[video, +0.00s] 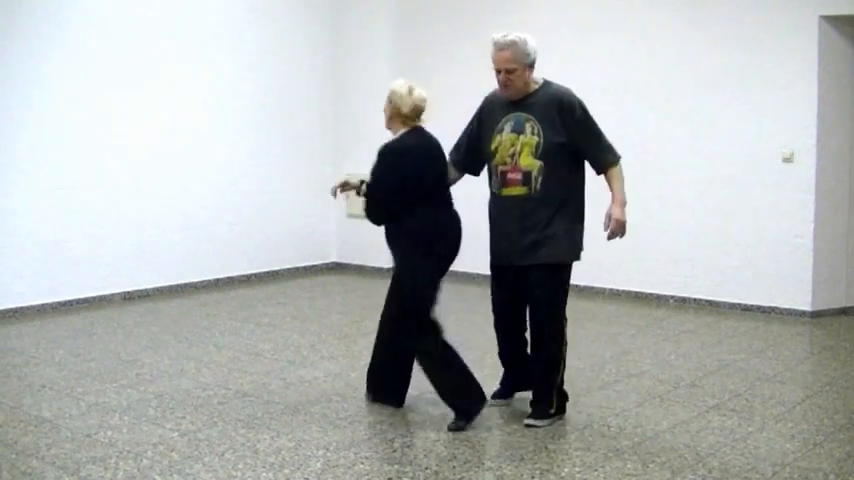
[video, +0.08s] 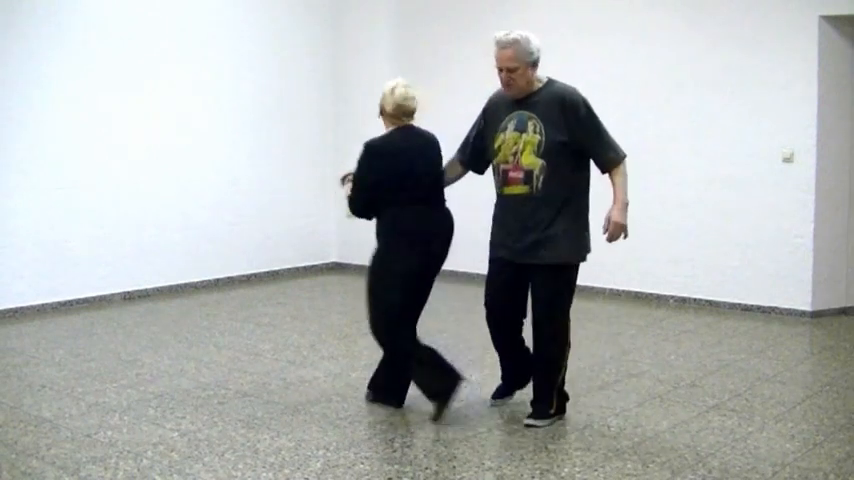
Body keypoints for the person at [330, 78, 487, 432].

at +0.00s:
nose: (383, 111)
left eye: (387, 106)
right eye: (386, 105)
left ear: (394, 111)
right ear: (416, 112)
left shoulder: (393, 153)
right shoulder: (430, 144)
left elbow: (378, 212)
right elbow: (411, 188)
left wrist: (366, 194)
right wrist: (364, 185)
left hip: (416, 248)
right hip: (442, 240)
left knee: (414, 322)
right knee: (399, 315)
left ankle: (468, 400)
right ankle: (386, 390)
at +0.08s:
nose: (380, 112)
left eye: (381, 108)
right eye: (385, 108)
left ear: (383, 111)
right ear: (414, 111)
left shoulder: (376, 149)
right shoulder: (429, 142)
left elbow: (361, 206)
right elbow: (421, 185)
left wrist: (355, 186)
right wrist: (365, 180)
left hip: (398, 237)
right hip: (437, 233)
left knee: (383, 321)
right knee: (406, 315)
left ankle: (443, 382)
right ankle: (388, 391)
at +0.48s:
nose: (398, 105)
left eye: (397, 99)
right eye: (392, 100)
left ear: (374, 107)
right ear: (372, 106)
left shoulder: (362, 135)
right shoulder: (379, 137)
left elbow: (374, 186)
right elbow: (432, 149)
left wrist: (412, 190)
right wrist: (444, 126)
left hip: (350, 227)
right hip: (368, 232)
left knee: (367, 302)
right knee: (378, 307)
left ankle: (343, 368)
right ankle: (361, 387)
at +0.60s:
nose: (386, 102)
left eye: (387, 96)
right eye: (378, 97)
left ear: (387, 100)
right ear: (360, 103)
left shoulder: (375, 137)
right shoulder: (357, 132)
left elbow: (393, 187)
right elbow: (396, 138)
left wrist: (417, 177)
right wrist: (417, 107)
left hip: (359, 229)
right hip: (355, 231)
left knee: (365, 297)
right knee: (376, 299)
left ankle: (349, 365)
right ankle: (354, 382)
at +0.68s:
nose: (378, 101)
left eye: (380, 95)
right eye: (369, 96)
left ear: (382, 99)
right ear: (352, 103)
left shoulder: (380, 137)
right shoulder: (342, 131)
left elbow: (396, 183)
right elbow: (361, 142)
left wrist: (420, 169)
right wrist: (389, 107)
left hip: (371, 230)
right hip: (340, 231)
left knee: (379, 304)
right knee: (347, 303)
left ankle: (355, 376)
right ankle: (349, 385)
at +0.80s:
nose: (361, 106)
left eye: (366, 100)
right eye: (354, 101)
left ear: (373, 104)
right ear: (342, 107)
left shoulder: (380, 140)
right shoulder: (331, 135)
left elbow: (404, 183)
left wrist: (434, 172)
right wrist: (350, 133)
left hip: (369, 233)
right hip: (333, 235)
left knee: (371, 306)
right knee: (341, 306)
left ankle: (359, 379)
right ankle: (345, 386)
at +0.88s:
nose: (354, 110)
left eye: (360, 104)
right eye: (347, 104)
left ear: (368, 108)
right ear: (337, 109)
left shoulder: (379, 143)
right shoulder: (323, 143)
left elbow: (407, 184)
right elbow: (287, 179)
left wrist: (442, 177)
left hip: (370, 236)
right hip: (329, 238)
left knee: (368, 306)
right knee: (337, 305)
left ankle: (359, 376)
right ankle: (339, 381)